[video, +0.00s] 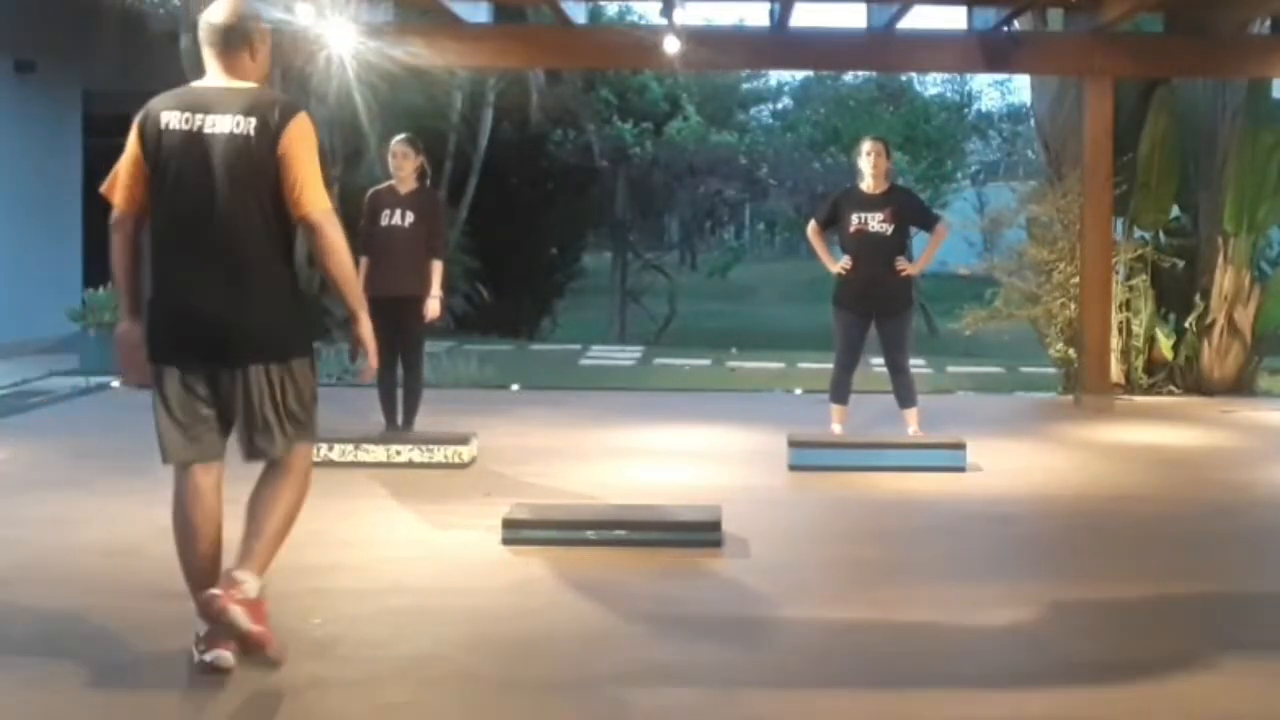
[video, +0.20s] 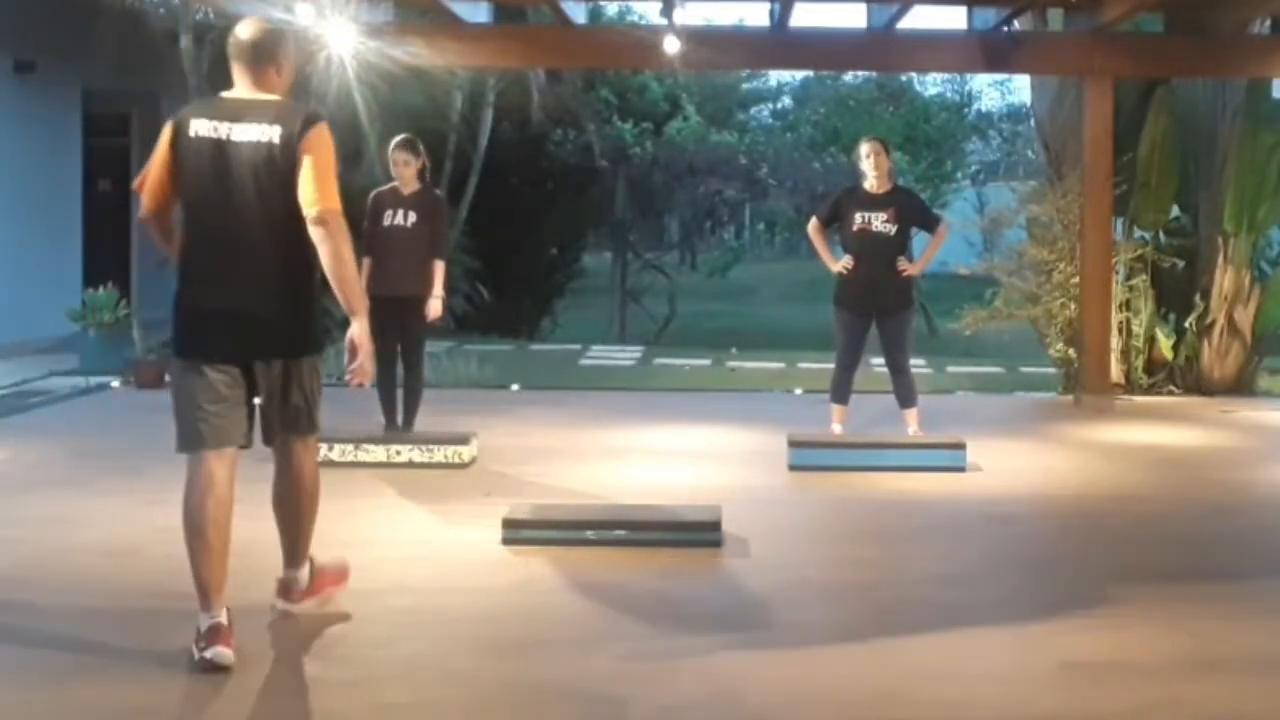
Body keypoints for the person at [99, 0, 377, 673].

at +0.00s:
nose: (271, 55)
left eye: (266, 45)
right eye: (268, 46)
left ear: (204, 48)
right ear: (257, 47)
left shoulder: (156, 114)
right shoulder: (283, 118)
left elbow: (122, 221)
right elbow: (317, 219)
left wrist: (127, 315)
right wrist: (360, 313)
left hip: (180, 326)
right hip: (266, 328)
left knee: (196, 467)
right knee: (292, 453)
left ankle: (212, 632)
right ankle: (246, 581)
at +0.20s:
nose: (295, 74)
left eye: (291, 64)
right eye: (294, 65)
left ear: (230, 64)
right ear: (283, 67)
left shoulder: (184, 124)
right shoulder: (306, 129)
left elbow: (151, 210)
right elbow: (323, 219)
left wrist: (188, 254)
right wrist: (359, 314)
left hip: (207, 319)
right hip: (285, 322)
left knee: (211, 462)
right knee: (297, 449)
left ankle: (214, 623)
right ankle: (296, 576)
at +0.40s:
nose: (326, 84)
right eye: (323, 76)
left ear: (264, 82)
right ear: (314, 81)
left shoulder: (225, 138)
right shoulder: (334, 143)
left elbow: (190, 213)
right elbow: (350, 230)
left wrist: (208, 260)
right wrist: (386, 318)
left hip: (240, 324)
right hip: (314, 325)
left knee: (232, 449)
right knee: (315, 441)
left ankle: (216, 570)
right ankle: (292, 571)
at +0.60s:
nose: (341, 86)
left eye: (335, 75)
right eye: (338, 76)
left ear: (285, 78)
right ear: (327, 80)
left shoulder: (247, 137)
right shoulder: (352, 141)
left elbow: (209, 219)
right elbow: (388, 225)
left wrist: (197, 287)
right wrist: (443, 284)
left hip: (267, 315)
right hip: (334, 318)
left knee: (274, 425)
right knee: (325, 435)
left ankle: (251, 529)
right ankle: (293, 569)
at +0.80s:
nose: (350, 90)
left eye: (343, 81)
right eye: (349, 82)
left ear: (301, 87)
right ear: (345, 88)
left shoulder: (264, 141)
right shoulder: (368, 141)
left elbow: (233, 224)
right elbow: (428, 202)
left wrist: (201, 295)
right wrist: (500, 226)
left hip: (282, 309)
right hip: (342, 311)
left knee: (295, 421)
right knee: (328, 423)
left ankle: (313, 533)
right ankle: (291, 556)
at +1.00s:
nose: (367, 95)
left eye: (356, 85)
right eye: (366, 86)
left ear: (318, 90)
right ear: (362, 91)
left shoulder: (284, 142)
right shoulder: (383, 145)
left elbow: (255, 222)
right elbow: (430, 207)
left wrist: (229, 294)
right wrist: (506, 224)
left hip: (298, 305)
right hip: (363, 308)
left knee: (305, 420)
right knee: (369, 413)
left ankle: (319, 549)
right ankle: (321, 506)